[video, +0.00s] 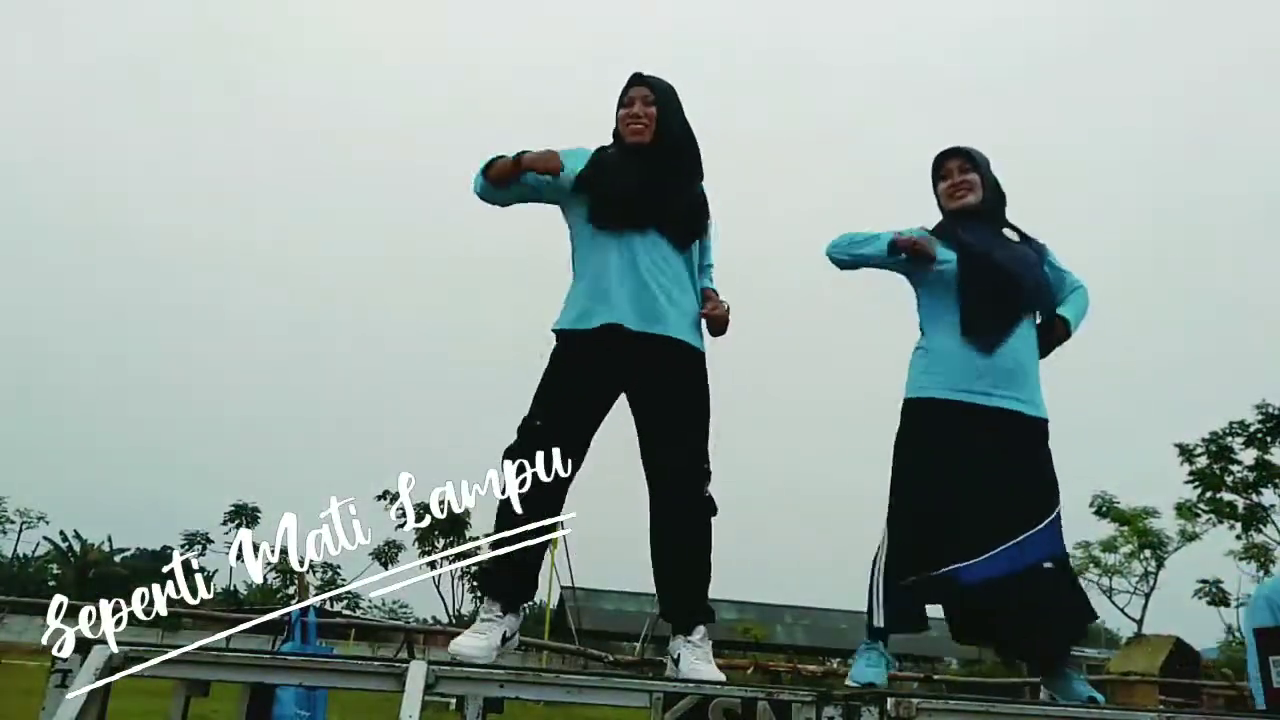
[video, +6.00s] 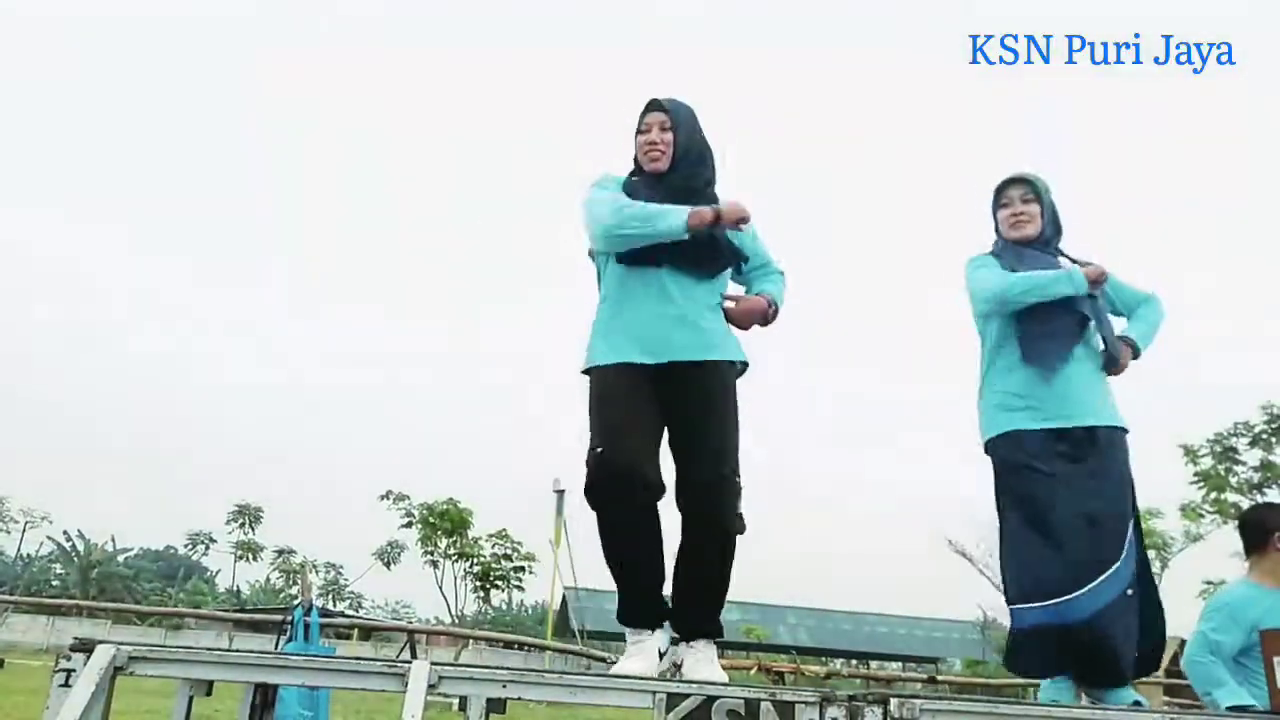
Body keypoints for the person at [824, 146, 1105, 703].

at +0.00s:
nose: (957, 181)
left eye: (967, 172)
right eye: (946, 177)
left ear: (989, 183)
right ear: (938, 193)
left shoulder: (1028, 251)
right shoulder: (923, 243)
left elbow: (1076, 290)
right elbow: (837, 250)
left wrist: (1060, 325)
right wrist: (895, 244)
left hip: (1016, 404)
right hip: (937, 398)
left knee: (1035, 531)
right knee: (910, 524)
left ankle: (1056, 667)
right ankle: (874, 647)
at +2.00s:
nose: (946, 194)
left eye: (950, 188)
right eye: (937, 185)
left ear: (952, 200)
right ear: (905, 188)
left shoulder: (971, 260)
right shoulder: (872, 255)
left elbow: (1029, 295)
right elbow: (814, 303)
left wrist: (1037, 250)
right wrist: (872, 331)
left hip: (982, 410)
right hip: (908, 410)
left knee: (996, 533)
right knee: (920, 535)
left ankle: (1009, 667)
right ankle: (926, 662)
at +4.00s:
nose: (898, 179)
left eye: (908, 174)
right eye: (887, 173)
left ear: (922, 192)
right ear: (869, 191)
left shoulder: (950, 254)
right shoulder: (844, 248)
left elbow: (1007, 292)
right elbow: (767, 276)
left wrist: (1025, 340)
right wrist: (704, 264)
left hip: (929, 411)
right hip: (851, 405)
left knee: (942, 533)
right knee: (832, 529)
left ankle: (961, 661)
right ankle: (808, 653)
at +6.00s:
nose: (1017, 211)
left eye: (1027, 203)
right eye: (1006, 205)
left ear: (1047, 213)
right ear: (995, 220)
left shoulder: (1079, 273)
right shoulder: (982, 267)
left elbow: (1149, 304)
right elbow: (996, 293)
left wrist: (1129, 342)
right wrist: (1075, 277)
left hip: (1094, 420)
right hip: (1021, 423)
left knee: (1107, 542)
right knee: (1047, 542)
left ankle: (1109, 677)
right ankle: (1057, 672)